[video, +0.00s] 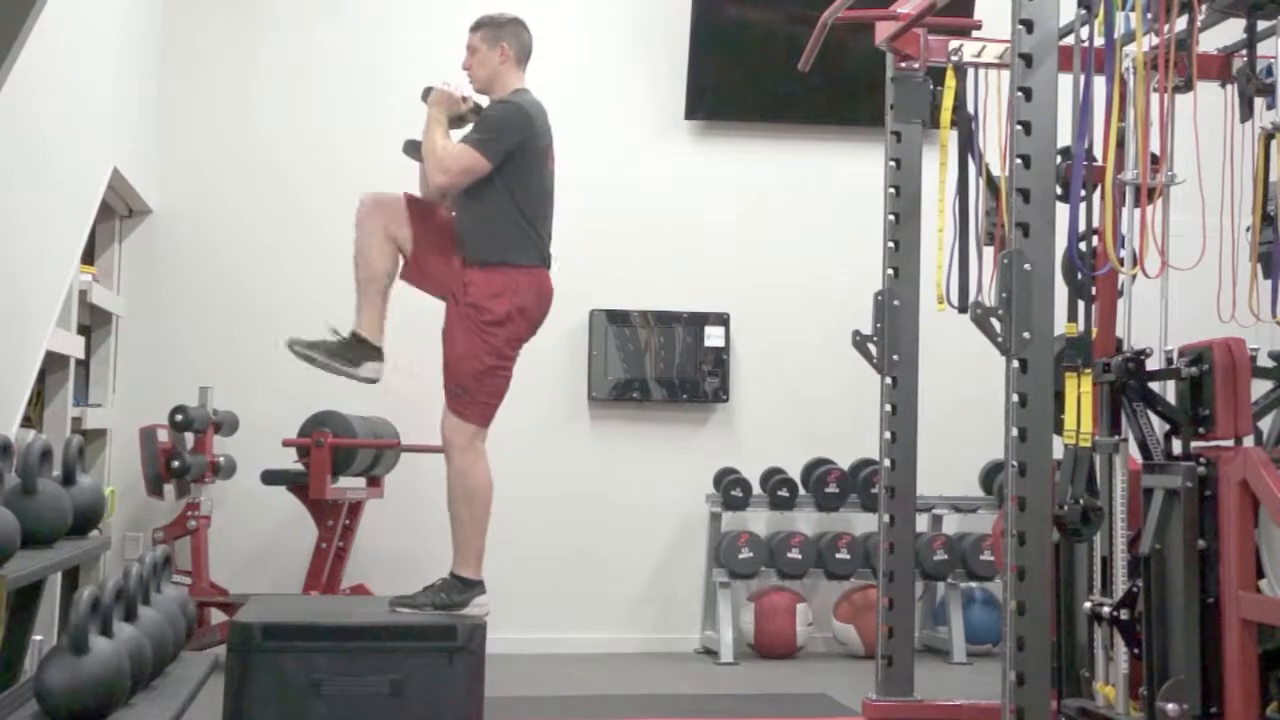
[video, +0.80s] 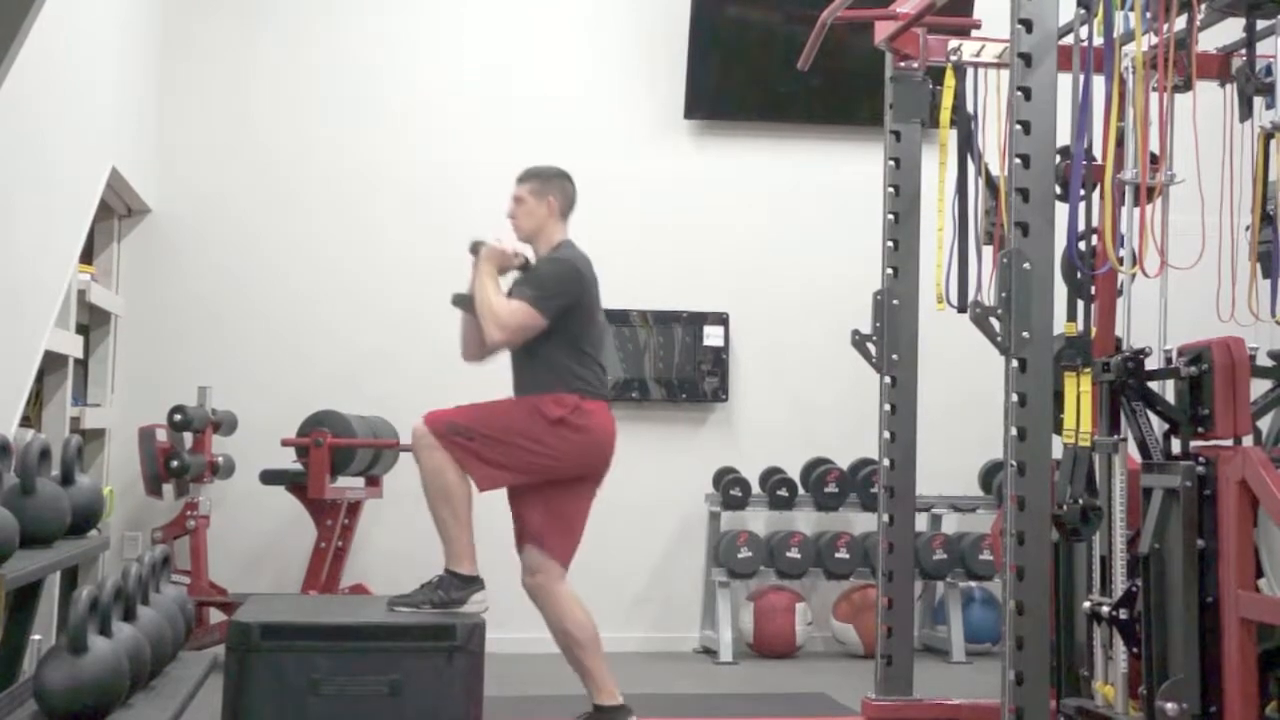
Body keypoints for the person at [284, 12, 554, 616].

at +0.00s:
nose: (464, 65)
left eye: (472, 53)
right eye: (467, 54)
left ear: (503, 53)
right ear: (507, 54)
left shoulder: (515, 112)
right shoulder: (503, 113)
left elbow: (439, 178)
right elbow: (461, 189)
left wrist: (439, 116)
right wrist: (443, 141)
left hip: (504, 284)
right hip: (473, 264)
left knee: (462, 436)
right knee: (378, 212)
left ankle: (466, 582)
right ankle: (365, 343)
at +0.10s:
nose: (466, 65)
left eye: (473, 53)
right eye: (468, 54)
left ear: (505, 55)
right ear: (506, 57)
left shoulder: (517, 114)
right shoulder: (496, 119)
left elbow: (444, 179)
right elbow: (437, 206)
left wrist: (439, 115)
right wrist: (439, 138)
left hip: (506, 284)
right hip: (474, 268)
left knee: (462, 435)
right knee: (366, 243)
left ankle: (466, 581)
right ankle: (387, 381)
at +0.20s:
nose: (467, 64)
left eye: (476, 53)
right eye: (469, 53)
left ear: (509, 55)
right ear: (507, 55)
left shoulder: (522, 114)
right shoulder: (499, 120)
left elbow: (448, 177)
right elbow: (439, 209)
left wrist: (439, 117)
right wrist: (439, 139)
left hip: (508, 287)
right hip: (470, 280)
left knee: (462, 434)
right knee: (368, 316)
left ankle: (466, 580)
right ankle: (436, 439)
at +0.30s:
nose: (468, 70)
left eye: (475, 58)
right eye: (470, 59)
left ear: (506, 59)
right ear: (509, 61)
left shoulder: (519, 118)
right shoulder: (504, 125)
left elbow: (451, 184)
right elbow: (442, 212)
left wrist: (442, 123)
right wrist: (441, 145)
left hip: (516, 288)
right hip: (492, 286)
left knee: (457, 429)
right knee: (407, 392)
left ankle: (466, 580)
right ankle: (487, 510)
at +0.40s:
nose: (469, 81)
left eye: (477, 69)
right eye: (471, 70)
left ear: (508, 70)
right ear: (508, 73)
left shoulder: (521, 130)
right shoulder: (509, 137)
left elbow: (455, 199)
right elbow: (441, 224)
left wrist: (443, 136)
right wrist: (439, 157)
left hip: (515, 298)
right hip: (518, 298)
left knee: (442, 431)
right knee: (470, 441)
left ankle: (461, 578)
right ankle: (533, 571)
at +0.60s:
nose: (478, 133)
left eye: (486, 121)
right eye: (480, 122)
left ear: (518, 123)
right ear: (516, 125)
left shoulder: (532, 183)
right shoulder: (511, 193)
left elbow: (468, 247)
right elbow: (445, 274)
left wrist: (452, 184)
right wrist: (446, 210)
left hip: (535, 345)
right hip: (550, 348)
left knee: (423, 438)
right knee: (528, 503)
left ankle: (460, 578)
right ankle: (569, 649)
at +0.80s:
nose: (510, 212)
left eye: (520, 201)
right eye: (512, 202)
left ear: (554, 206)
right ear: (546, 209)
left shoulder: (567, 266)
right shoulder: (538, 274)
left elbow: (502, 330)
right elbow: (476, 349)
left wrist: (486, 268)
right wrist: (481, 283)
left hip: (568, 418)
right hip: (572, 429)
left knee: (432, 434)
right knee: (542, 576)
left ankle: (460, 576)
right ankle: (609, 705)